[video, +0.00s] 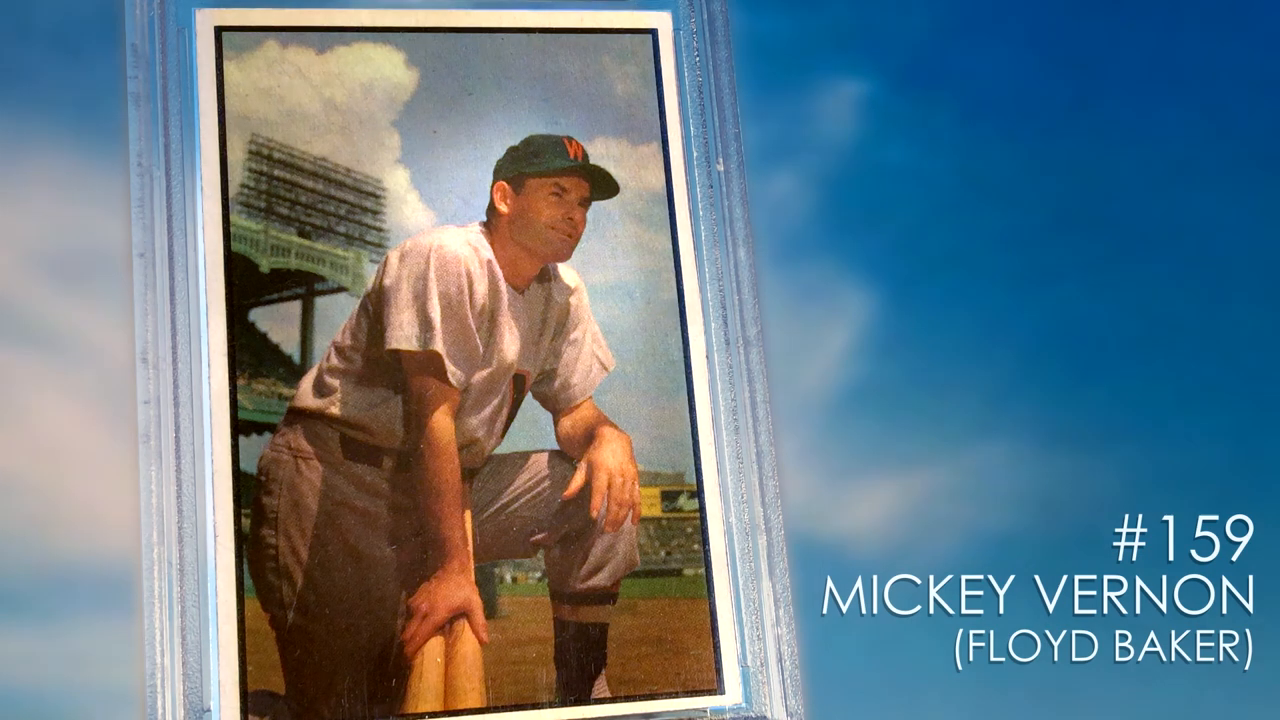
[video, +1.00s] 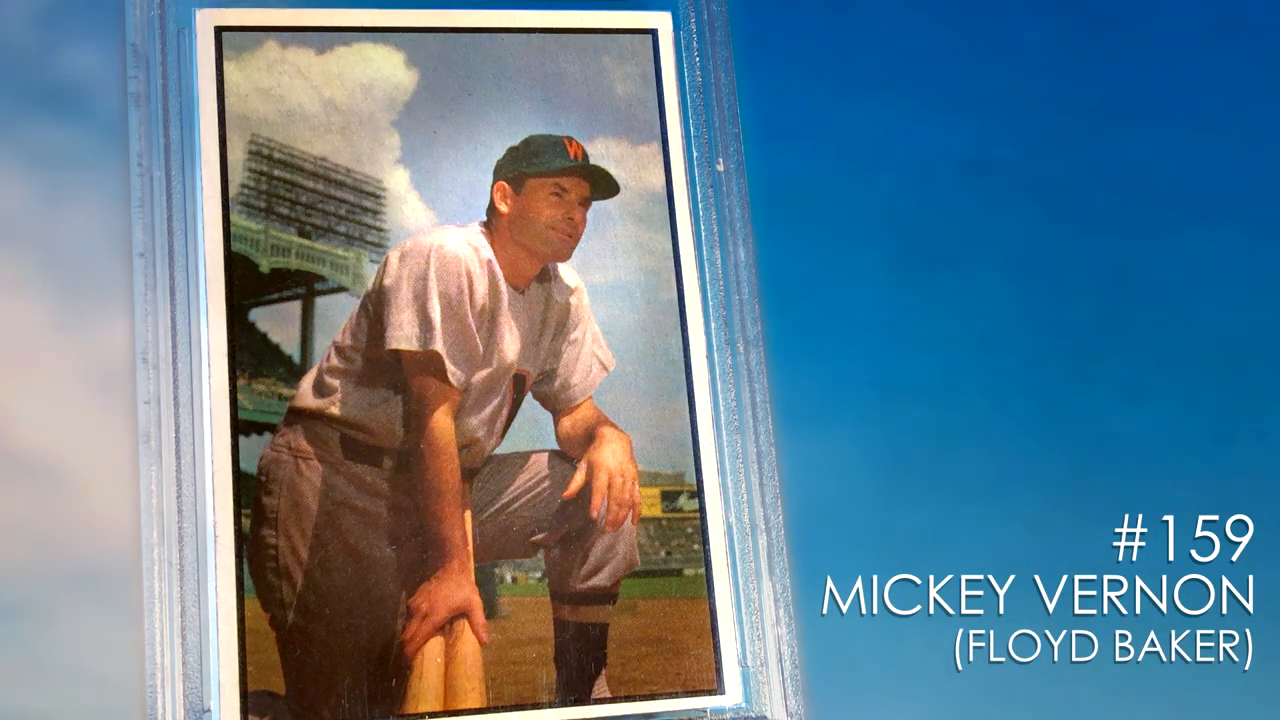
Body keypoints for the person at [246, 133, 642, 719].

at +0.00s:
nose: (577, 216)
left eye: (584, 204)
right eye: (558, 194)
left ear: (586, 217)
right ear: (505, 197)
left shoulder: (560, 295)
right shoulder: (442, 257)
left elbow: (575, 414)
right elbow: (432, 419)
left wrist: (609, 435)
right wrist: (454, 566)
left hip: (438, 486)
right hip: (334, 479)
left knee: (595, 488)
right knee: (347, 702)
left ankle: (581, 694)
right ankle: (239, 706)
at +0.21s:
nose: (577, 215)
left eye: (584, 203)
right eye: (558, 193)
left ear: (587, 217)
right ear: (505, 197)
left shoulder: (559, 294)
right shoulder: (442, 257)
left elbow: (574, 415)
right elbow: (432, 421)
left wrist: (609, 435)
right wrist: (454, 566)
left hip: (438, 485)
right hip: (334, 479)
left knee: (594, 488)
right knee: (348, 703)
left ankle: (580, 697)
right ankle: (240, 706)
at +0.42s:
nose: (576, 215)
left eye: (584, 203)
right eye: (558, 193)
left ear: (587, 217)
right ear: (505, 197)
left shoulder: (560, 294)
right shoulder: (442, 256)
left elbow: (574, 414)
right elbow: (432, 419)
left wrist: (609, 435)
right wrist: (454, 566)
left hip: (438, 485)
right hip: (334, 478)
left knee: (595, 488)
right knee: (347, 702)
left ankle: (580, 694)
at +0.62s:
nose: (577, 216)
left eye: (584, 204)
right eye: (558, 194)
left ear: (586, 218)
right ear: (505, 197)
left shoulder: (560, 295)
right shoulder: (443, 257)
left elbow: (574, 415)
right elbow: (432, 420)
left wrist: (609, 435)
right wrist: (454, 566)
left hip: (439, 485)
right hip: (334, 478)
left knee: (594, 487)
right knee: (346, 701)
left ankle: (581, 695)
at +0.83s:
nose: (577, 215)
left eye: (584, 203)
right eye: (558, 194)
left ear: (587, 216)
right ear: (505, 197)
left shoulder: (559, 295)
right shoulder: (443, 256)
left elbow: (575, 416)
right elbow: (432, 420)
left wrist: (609, 435)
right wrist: (454, 566)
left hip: (438, 484)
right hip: (334, 477)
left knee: (595, 488)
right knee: (345, 704)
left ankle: (580, 696)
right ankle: (236, 706)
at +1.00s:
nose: (576, 215)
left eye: (584, 203)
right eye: (558, 193)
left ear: (586, 217)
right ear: (505, 197)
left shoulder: (560, 296)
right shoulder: (441, 256)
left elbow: (575, 416)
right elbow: (431, 420)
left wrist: (609, 435)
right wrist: (454, 566)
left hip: (439, 486)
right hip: (334, 478)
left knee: (595, 488)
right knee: (349, 705)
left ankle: (580, 696)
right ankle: (243, 707)